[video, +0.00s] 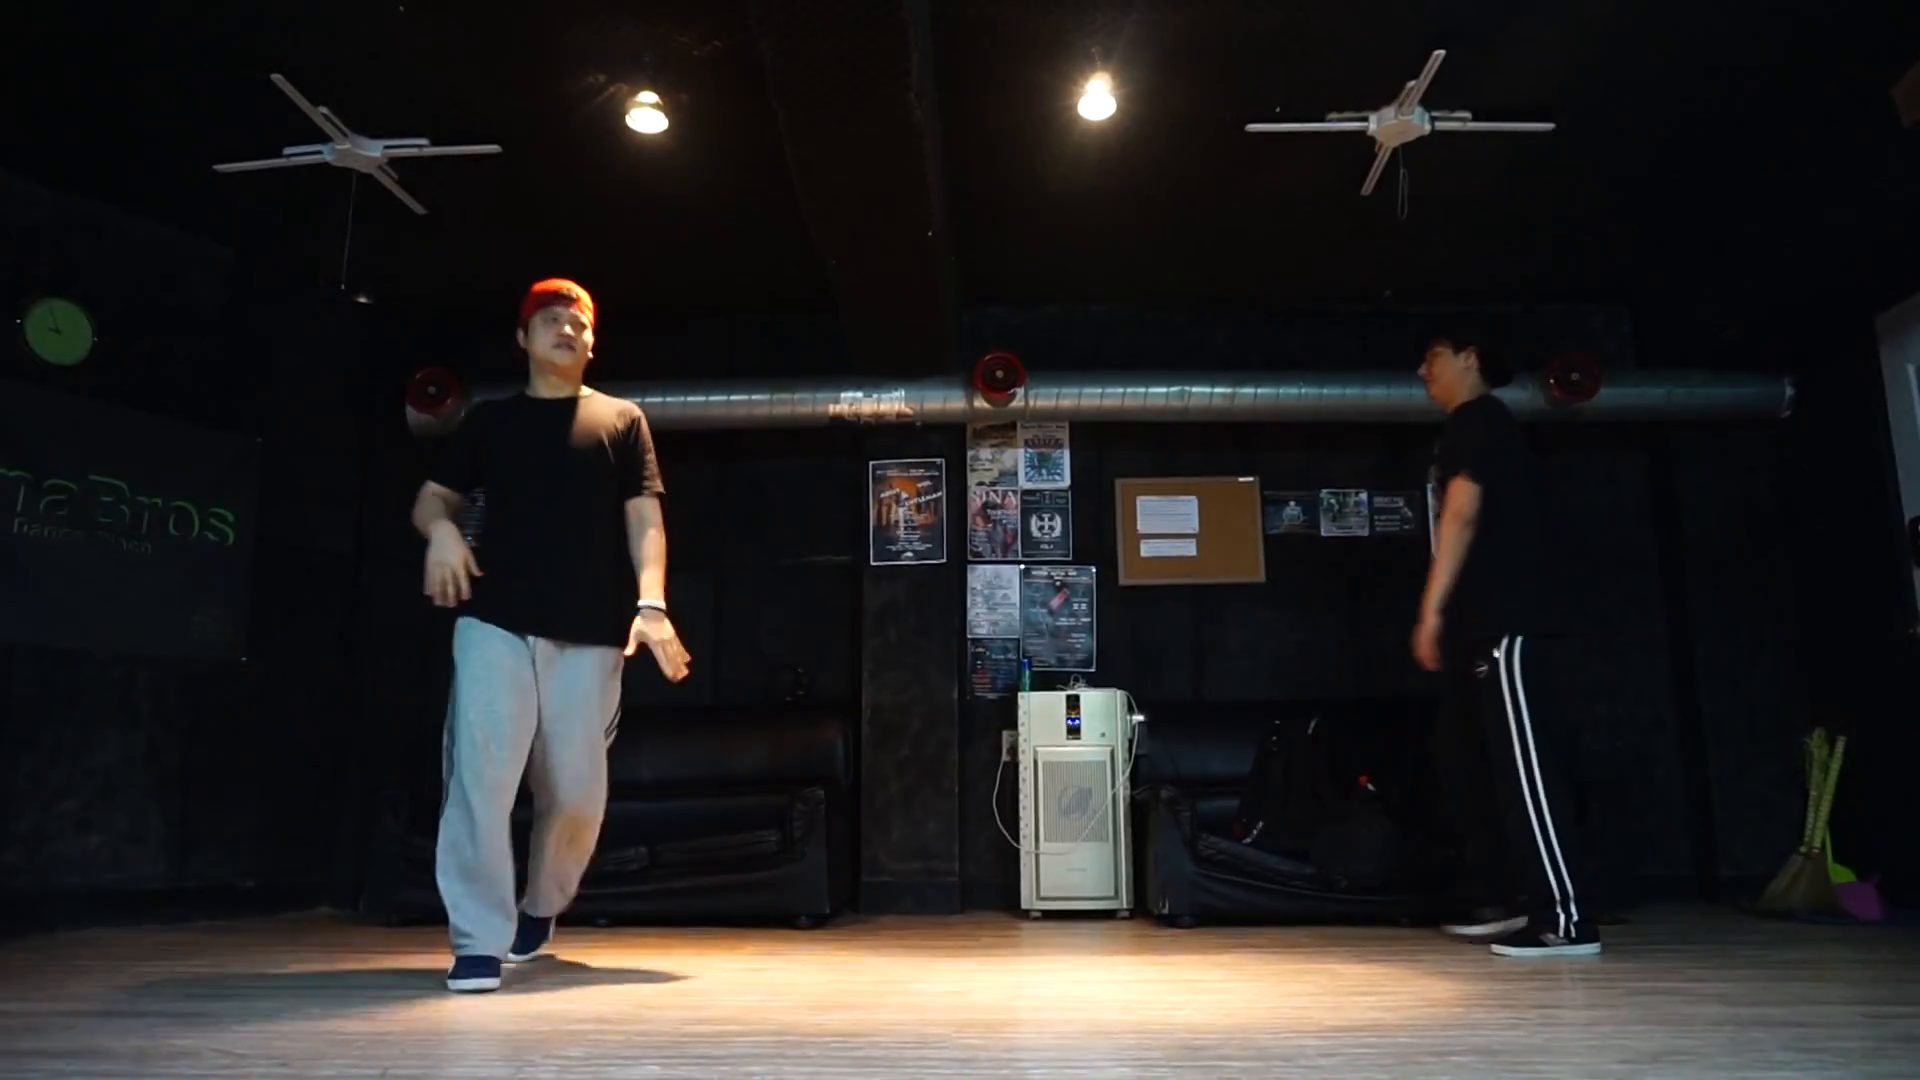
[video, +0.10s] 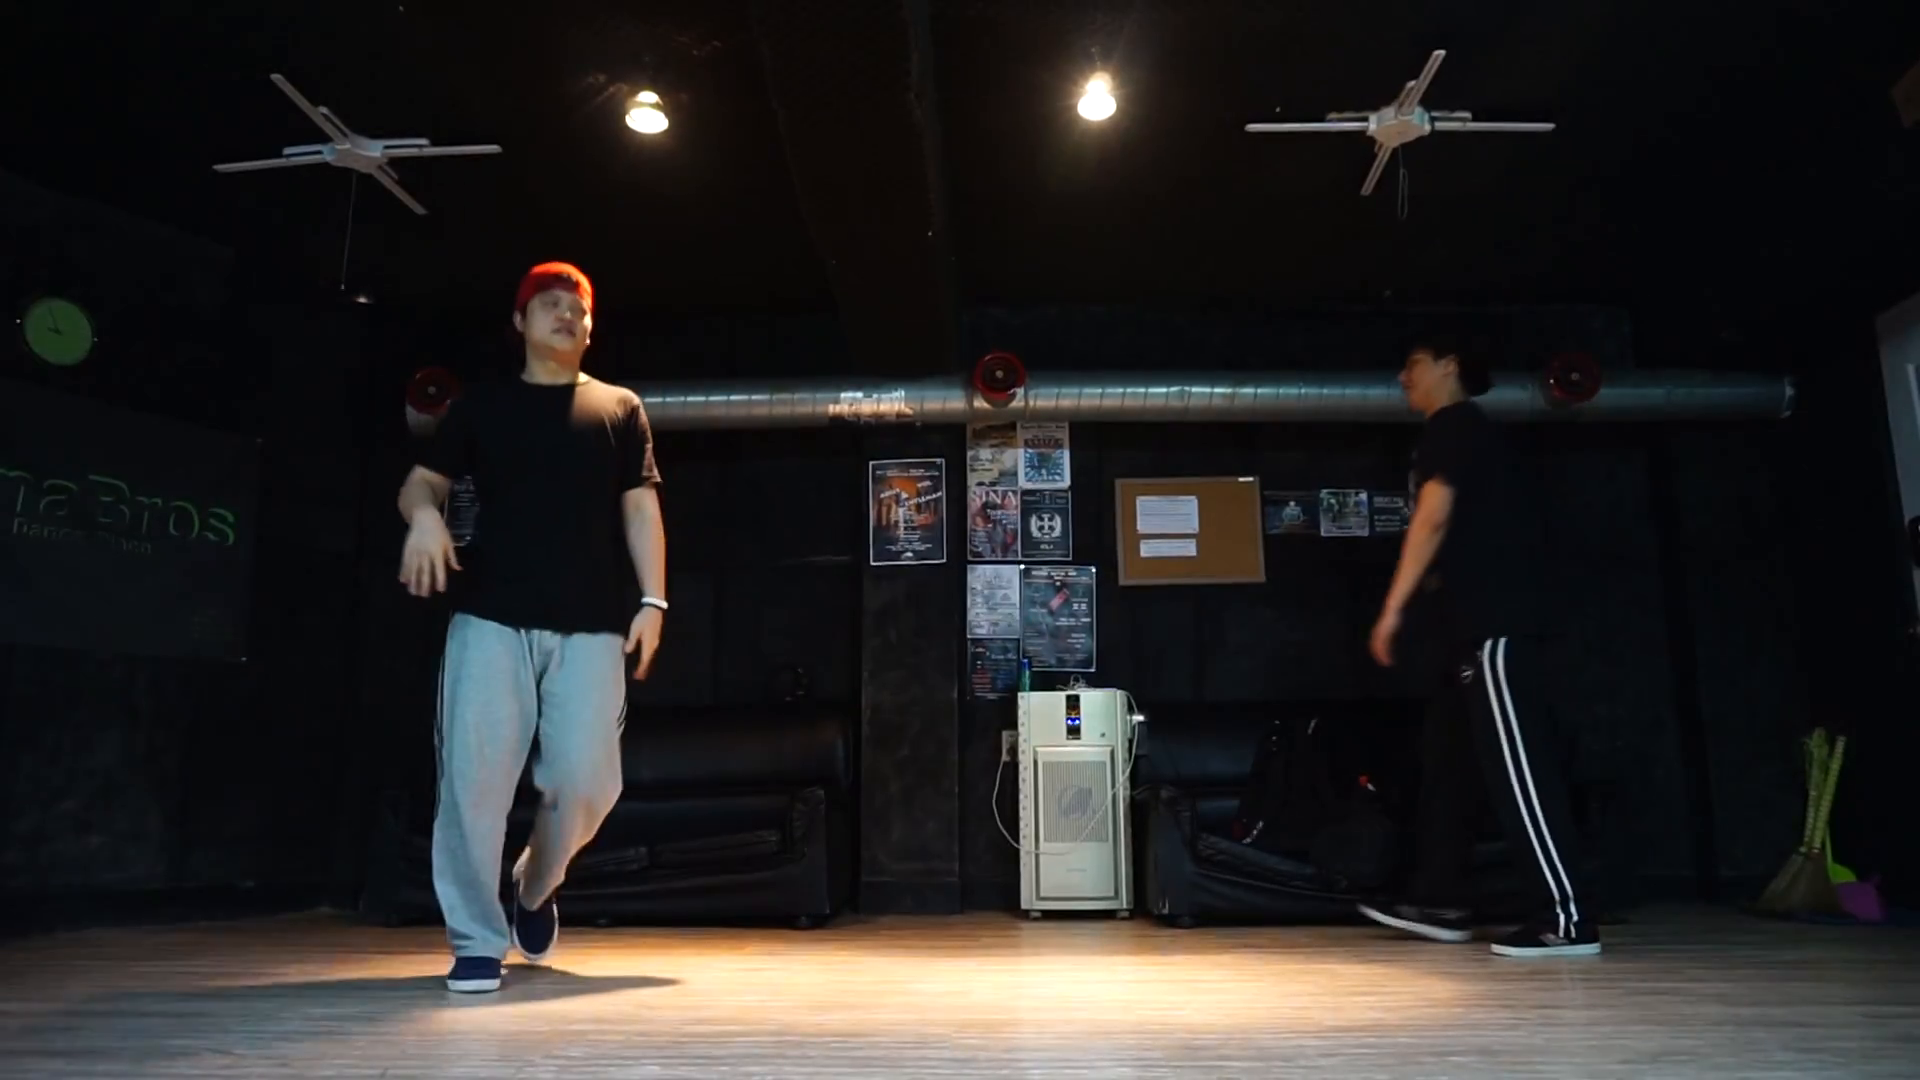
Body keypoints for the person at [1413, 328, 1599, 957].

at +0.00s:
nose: (1425, 372)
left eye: (1435, 359)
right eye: (1425, 361)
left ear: (1469, 361)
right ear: (1464, 363)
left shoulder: (1478, 422)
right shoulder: (1472, 424)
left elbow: (1460, 514)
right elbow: (1473, 525)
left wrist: (1432, 610)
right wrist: (1459, 613)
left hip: (1506, 620)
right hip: (1489, 622)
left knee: (1525, 773)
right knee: (1494, 771)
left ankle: (1565, 921)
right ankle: (1519, 904)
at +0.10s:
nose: (1405, 378)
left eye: (1416, 365)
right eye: (1407, 366)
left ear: (1449, 369)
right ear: (1448, 371)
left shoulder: (1454, 428)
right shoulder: (1468, 431)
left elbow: (1432, 518)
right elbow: (1456, 530)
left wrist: (1393, 607)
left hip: (1490, 623)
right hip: (1473, 623)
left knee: (1519, 772)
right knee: (1453, 766)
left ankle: (1568, 922)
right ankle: (1440, 904)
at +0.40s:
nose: (1316, 415)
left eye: (1323, 402)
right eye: (1315, 405)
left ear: (1356, 398)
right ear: (1354, 401)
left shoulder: (1375, 449)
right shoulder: (1375, 453)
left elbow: (1371, 533)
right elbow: (1381, 544)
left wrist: (1345, 621)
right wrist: (1363, 625)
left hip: (1403, 628)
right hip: (1390, 631)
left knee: (1428, 757)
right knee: (1379, 765)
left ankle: (1542, 904)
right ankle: (1377, 910)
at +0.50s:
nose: (1296, 406)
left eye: (1303, 393)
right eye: (1296, 395)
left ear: (1337, 392)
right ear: (1336, 393)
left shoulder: (1352, 446)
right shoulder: (1345, 450)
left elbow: (1350, 520)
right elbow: (1353, 531)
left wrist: (1316, 601)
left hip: (1375, 622)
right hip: (1363, 623)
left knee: (1376, 755)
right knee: (1358, 761)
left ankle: (1491, 879)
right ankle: (1374, 907)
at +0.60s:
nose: (1279, 404)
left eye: (1287, 391)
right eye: (1279, 393)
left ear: (1321, 392)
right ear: (1315, 395)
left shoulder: (1333, 448)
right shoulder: (1323, 455)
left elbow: (1327, 517)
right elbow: (1327, 541)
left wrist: (1262, 579)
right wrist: (1284, 590)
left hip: (1345, 626)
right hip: (1332, 625)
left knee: (1321, 755)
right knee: (1316, 759)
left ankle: (1411, 883)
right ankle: (1370, 901)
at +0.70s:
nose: (1256, 407)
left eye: (1265, 394)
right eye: (1256, 397)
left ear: (1300, 394)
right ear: (1291, 397)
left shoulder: (1312, 453)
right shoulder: (1301, 464)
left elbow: (1295, 522)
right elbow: (1284, 563)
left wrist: (1202, 563)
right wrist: (1204, 568)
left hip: (1317, 635)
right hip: (1322, 633)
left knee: (1285, 762)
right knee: (1340, 767)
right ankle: (1375, 906)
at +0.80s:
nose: (1229, 416)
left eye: (1237, 402)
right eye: (1227, 406)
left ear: (1273, 399)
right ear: (1258, 405)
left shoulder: (1290, 462)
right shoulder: (1277, 469)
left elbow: (1255, 538)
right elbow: (1246, 564)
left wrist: (1171, 553)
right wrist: (1167, 563)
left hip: (1297, 643)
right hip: (1296, 641)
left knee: (1261, 771)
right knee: (1334, 773)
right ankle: (1374, 907)